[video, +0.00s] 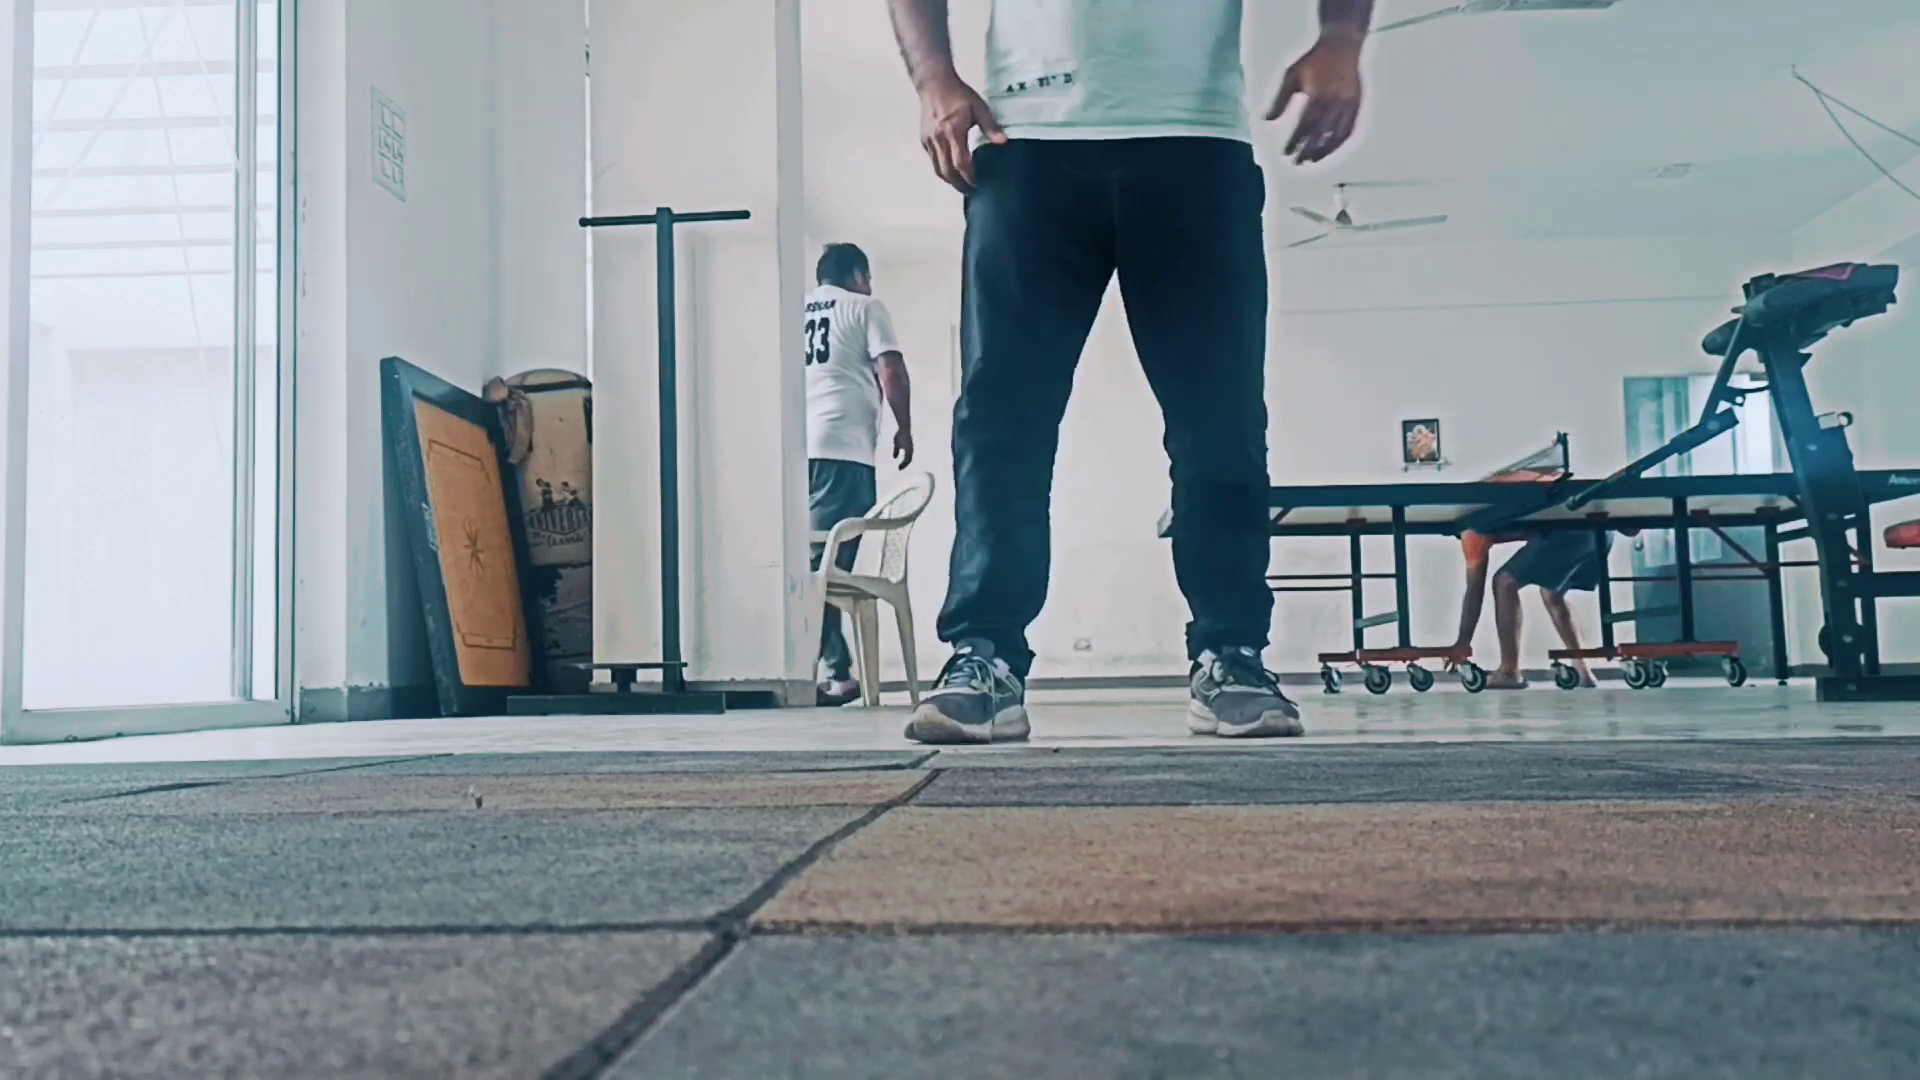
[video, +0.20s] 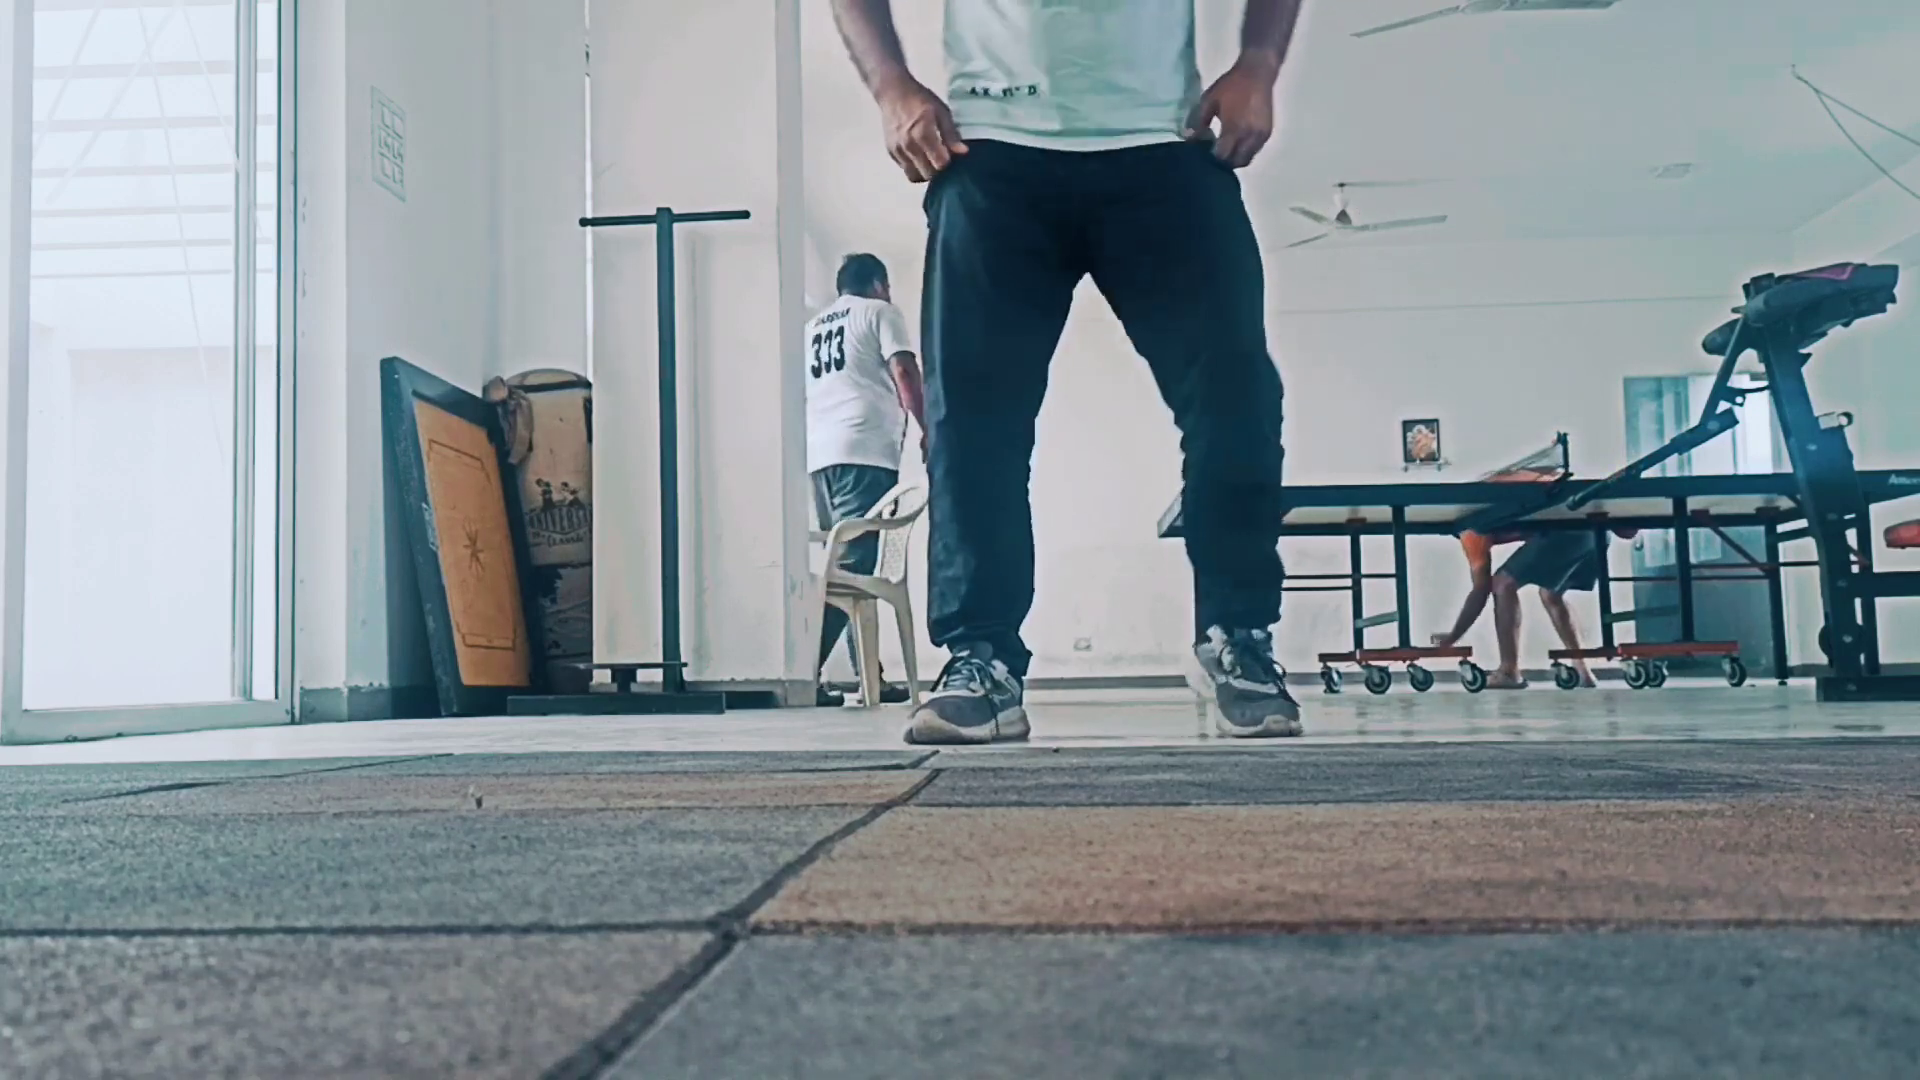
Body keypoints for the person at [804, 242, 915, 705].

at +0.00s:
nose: (870, 286)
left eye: (869, 279)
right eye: (869, 278)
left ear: (820, 278)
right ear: (858, 276)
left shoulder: (795, 307)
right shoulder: (865, 306)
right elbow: (890, 369)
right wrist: (905, 428)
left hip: (792, 449)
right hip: (839, 448)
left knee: (811, 562)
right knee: (830, 564)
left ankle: (836, 671)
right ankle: (812, 670)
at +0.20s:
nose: (888, 295)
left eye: (887, 289)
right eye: (887, 288)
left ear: (842, 287)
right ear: (880, 286)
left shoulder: (815, 323)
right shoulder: (880, 310)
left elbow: (816, 391)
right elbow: (904, 370)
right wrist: (927, 431)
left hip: (819, 457)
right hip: (863, 452)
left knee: (851, 569)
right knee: (852, 569)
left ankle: (871, 677)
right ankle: (805, 672)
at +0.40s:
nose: (912, 295)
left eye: (911, 289)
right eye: (911, 288)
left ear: (864, 289)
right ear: (902, 285)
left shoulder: (839, 331)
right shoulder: (898, 309)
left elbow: (842, 395)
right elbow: (919, 375)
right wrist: (945, 424)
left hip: (849, 462)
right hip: (894, 453)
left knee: (868, 566)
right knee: (924, 557)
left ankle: (873, 677)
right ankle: (851, 642)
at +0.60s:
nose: (933, 296)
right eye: (930, 287)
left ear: (897, 286)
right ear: (921, 287)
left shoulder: (872, 328)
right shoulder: (916, 317)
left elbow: (876, 393)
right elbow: (926, 383)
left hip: (871, 460)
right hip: (906, 455)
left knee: (879, 567)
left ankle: (871, 674)